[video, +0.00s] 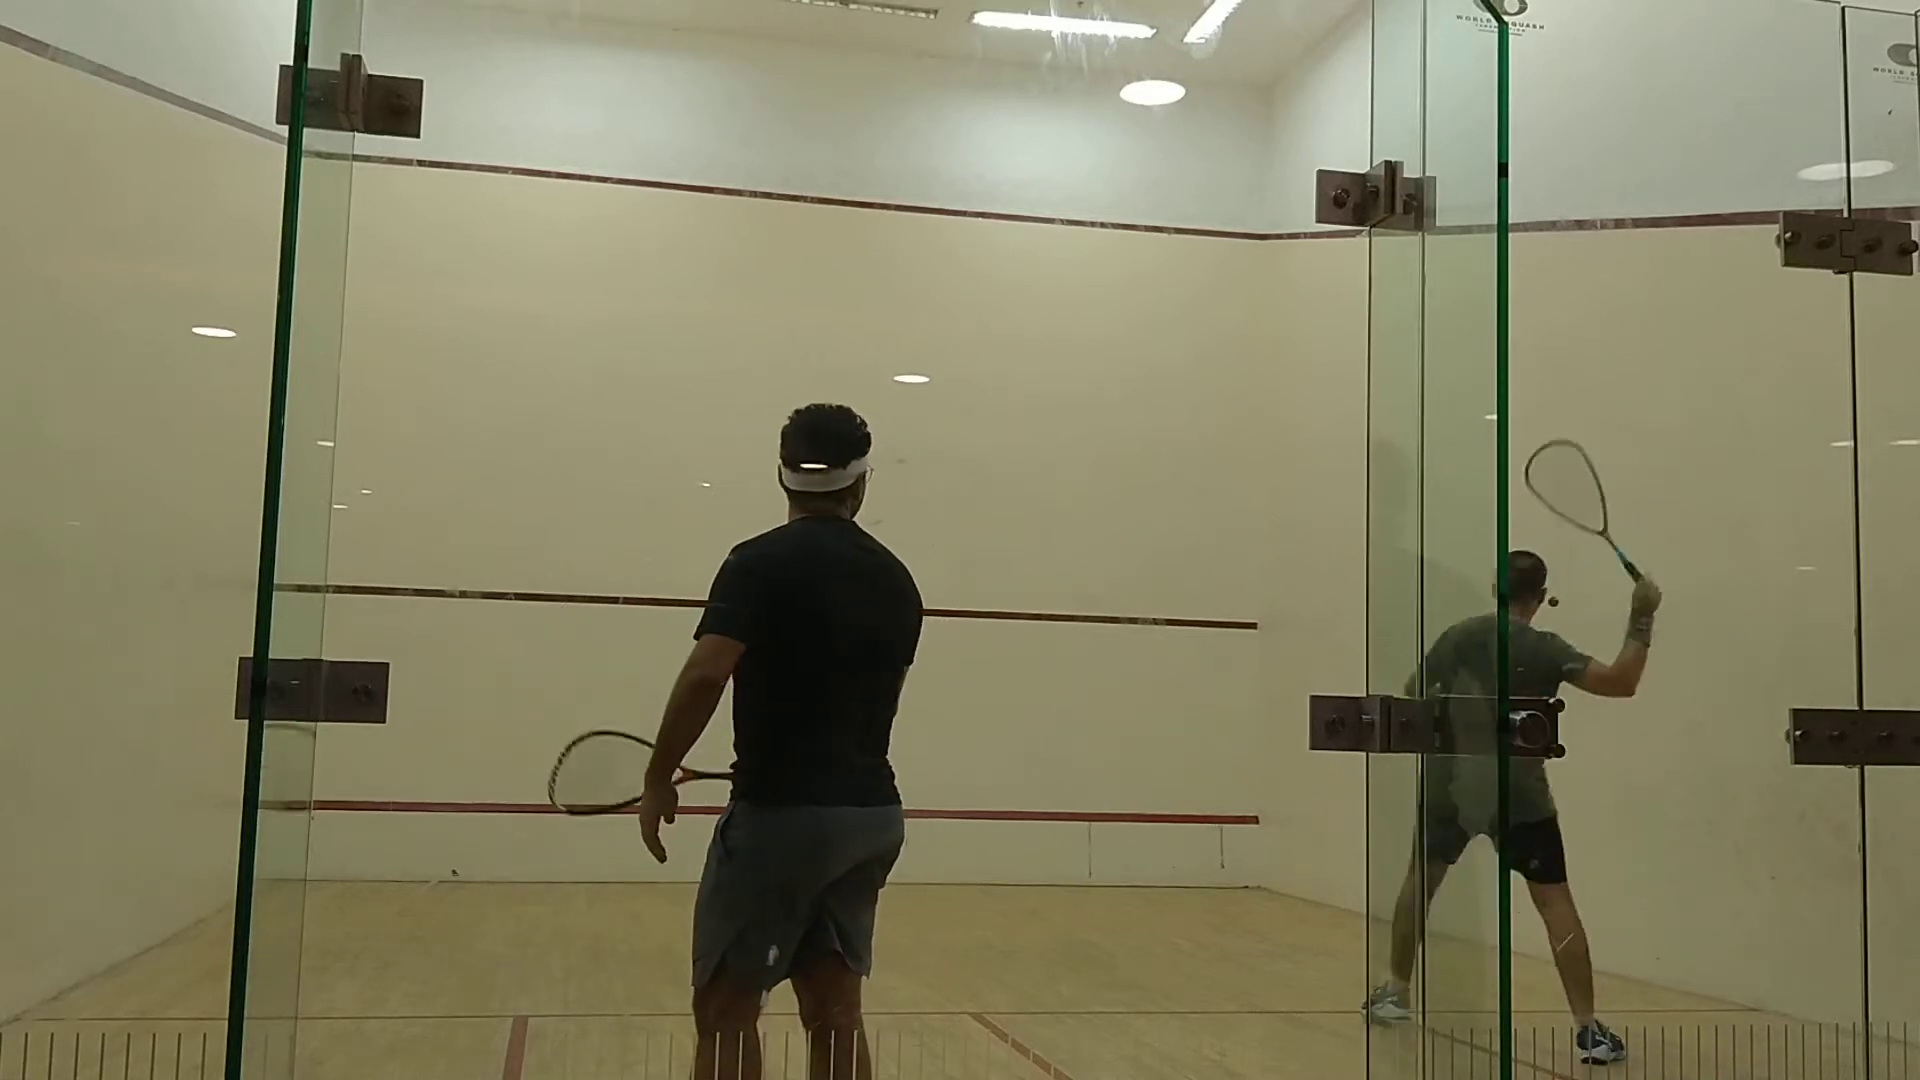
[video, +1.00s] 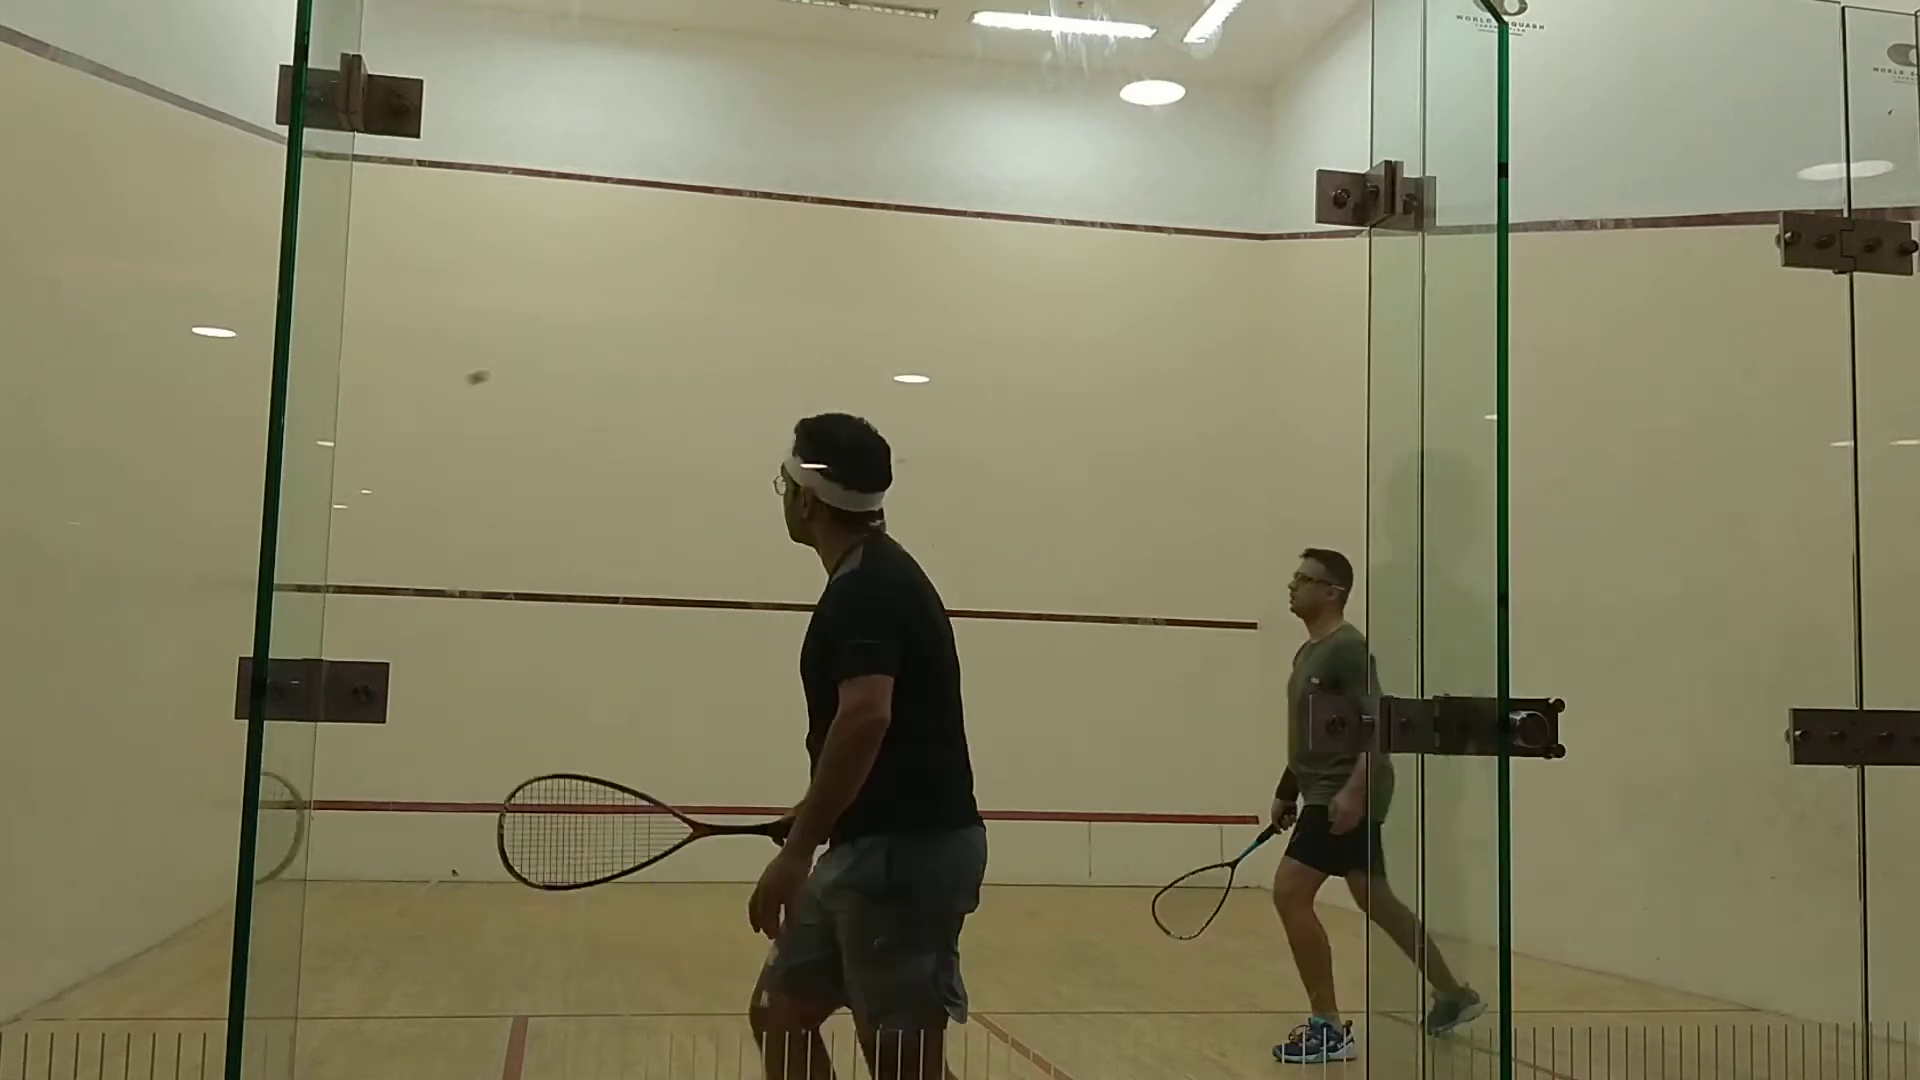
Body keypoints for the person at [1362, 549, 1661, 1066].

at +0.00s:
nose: (1545, 599)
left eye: (1540, 591)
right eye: (1544, 593)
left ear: (1495, 591)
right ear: (1540, 597)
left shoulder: (1454, 638)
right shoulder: (1541, 647)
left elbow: (1410, 701)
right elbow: (1621, 682)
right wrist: (1641, 617)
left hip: (1448, 791)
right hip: (1518, 795)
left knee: (1419, 884)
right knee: (1556, 905)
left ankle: (1395, 992)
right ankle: (1588, 1030)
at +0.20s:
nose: (1462, 611)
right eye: (1472, 604)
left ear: (1432, 602)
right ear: (1476, 609)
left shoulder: (1396, 653)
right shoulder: (1486, 665)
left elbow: (1367, 716)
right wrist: (1528, 703)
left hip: (1401, 796)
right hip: (1472, 802)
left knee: (1381, 891)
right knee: (1508, 907)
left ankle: (1396, 999)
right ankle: (1546, 1021)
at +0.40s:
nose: (1378, 593)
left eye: (1381, 586)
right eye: (1382, 586)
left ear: (1392, 589)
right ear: (1422, 591)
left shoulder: (1400, 638)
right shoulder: (1438, 640)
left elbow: (1387, 704)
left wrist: (1347, 745)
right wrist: (1329, 742)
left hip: (1408, 792)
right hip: (1448, 792)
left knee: (1393, 889)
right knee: (1434, 894)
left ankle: (1396, 995)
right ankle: (1461, 1006)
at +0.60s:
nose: (1362, 595)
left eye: (1366, 587)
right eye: (1364, 587)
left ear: (1381, 592)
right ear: (1398, 591)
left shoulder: (1420, 643)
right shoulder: (1386, 651)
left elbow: (1447, 704)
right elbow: (1374, 717)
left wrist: (1416, 758)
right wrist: (1336, 758)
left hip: (1418, 788)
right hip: (1414, 788)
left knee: (1346, 871)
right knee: (1422, 892)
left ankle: (1375, 976)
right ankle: (1475, 1002)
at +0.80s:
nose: (1332, 587)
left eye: (1341, 581)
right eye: (1336, 579)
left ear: (1367, 591)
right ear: (1362, 591)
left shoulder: (1393, 643)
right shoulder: (1357, 650)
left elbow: (1441, 705)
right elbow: (1343, 723)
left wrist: (1437, 772)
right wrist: (1307, 777)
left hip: (1386, 790)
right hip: (1388, 789)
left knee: (1323, 875)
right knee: (1403, 896)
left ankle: (1332, 1009)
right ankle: (1472, 1001)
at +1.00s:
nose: (1291, 586)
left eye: (1302, 580)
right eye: (1294, 579)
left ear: (1332, 593)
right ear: (1318, 592)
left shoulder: (1348, 648)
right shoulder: (1310, 650)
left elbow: (1376, 727)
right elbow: (1308, 735)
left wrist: (1355, 790)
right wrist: (1286, 793)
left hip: (1341, 797)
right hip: (1337, 794)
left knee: (1290, 895)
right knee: (1378, 900)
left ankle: (1328, 1026)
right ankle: (1453, 992)